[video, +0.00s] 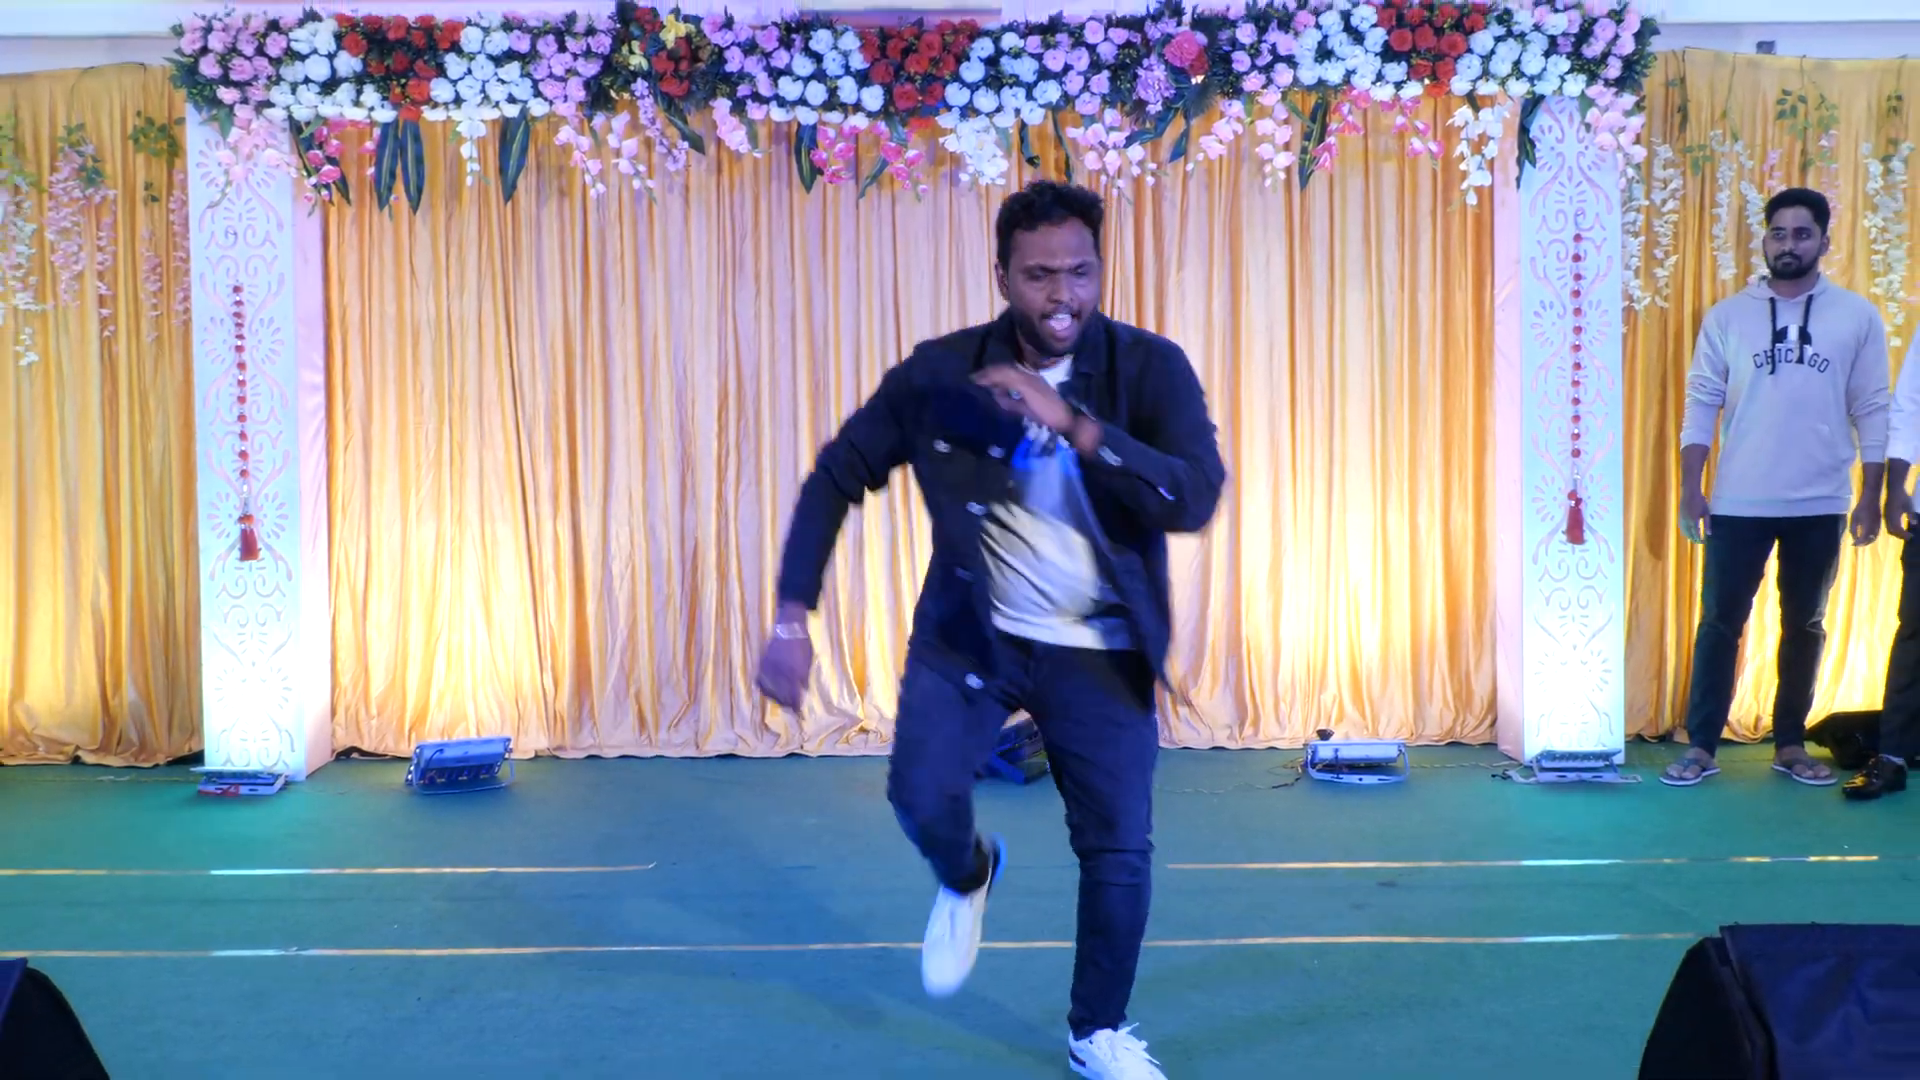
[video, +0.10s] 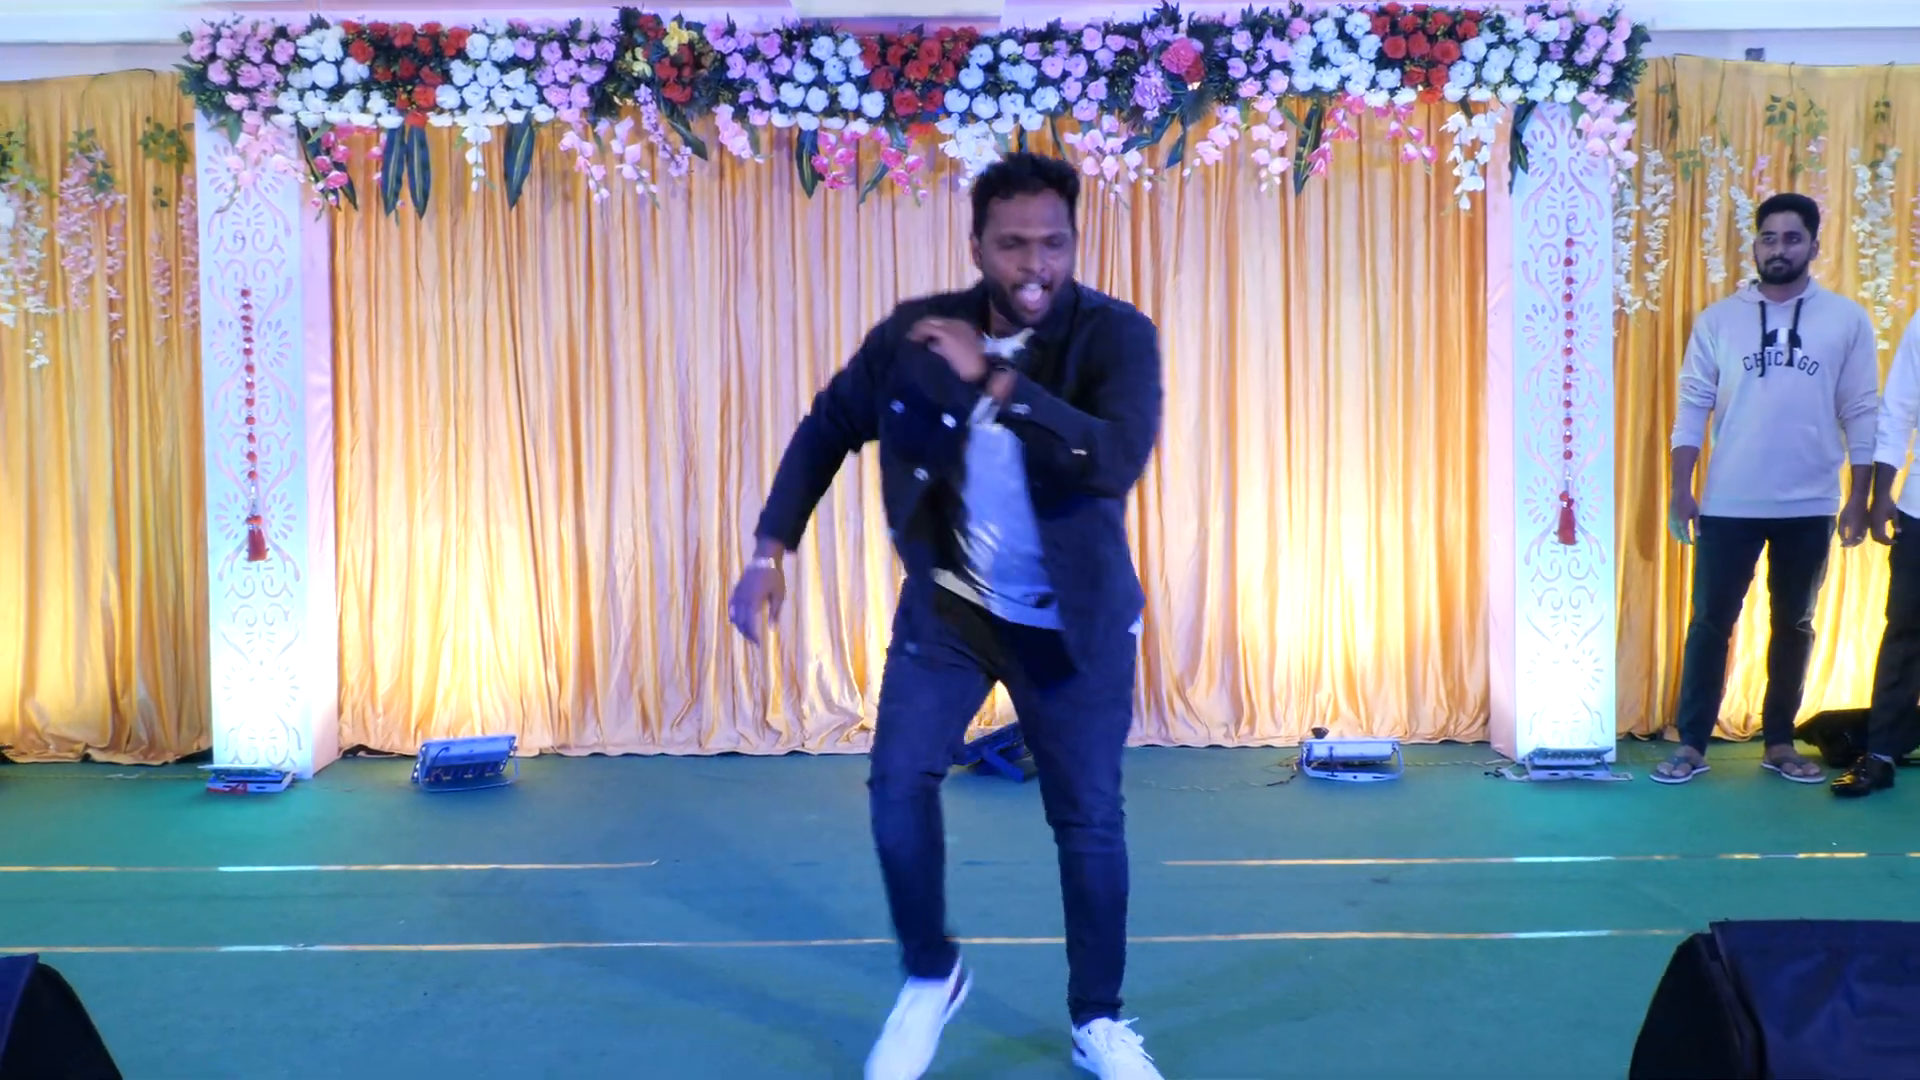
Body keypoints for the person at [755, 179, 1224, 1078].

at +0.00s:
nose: (1062, 296)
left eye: (1079, 273)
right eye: (1039, 276)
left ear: (1101, 274)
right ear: (1004, 280)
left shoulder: (1150, 371)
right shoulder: (943, 373)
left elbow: (1192, 499)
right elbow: (839, 472)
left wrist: (1078, 427)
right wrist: (792, 614)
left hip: (1098, 650)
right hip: (969, 636)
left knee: (1120, 846)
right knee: (923, 796)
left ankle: (1099, 1028)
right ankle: (969, 880)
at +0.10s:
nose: (1033, 265)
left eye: (1053, 243)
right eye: (1011, 244)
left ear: (1077, 245)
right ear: (977, 247)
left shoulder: (1116, 337)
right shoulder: (919, 336)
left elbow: (1115, 460)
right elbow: (828, 427)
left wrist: (993, 376)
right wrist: (769, 547)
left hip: (1073, 623)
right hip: (948, 609)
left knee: (1091, 821)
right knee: (897, 783)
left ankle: (1100, 1019)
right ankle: (931, 974)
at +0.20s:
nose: (1006, 271)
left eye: (1024, 249)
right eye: (985, 251)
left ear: (1049, 246)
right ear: (950, 246)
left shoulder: (1082, 347)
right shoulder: (892, 316)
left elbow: (1056, 482)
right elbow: (832, 419)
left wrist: (931, 396)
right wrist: (783, 524)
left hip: (1065, 624)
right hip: (942, 618)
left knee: (1086, 817)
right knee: (903, 812)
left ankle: (1106, 995)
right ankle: (892, 1025)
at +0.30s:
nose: (988, 290)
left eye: (1008, 268)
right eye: (967, 267)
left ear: (1031, 268)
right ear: (931, 264)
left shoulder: (1058, 382)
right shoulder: (879, 336)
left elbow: (1025, 536)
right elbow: (840, 444)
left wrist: (919, 437)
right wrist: (797, 544)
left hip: (1048, 644)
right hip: (932, 638)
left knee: (1076, 826)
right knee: (903, 825)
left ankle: (1103, 989)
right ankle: (897, 1024)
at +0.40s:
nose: (960, 304)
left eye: (982, 284)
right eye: (942, 282)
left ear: (1011, 287)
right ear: (916, 280)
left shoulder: (1039, 390)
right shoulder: (885, 353)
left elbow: (987, 531)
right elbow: (850, 481)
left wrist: (898, 430)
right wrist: (817, 570)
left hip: (1037, 654)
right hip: (927, 643)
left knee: (1065, 831)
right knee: (885, 815)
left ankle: (1101, 987)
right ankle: (894, 1013)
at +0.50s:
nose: (934, 285)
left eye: (958, 269)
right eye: (919, 261)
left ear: (991, 277)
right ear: (896, 263)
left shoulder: (1010, 376)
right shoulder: (872, 339)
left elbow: (914, 461)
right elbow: (852, 446)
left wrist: (825, 375)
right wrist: (825, 516)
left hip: (1031, 626)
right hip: (917, 615)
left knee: (1067, 793)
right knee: (862, 776)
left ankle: (1100, 975)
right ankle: (877, 982)